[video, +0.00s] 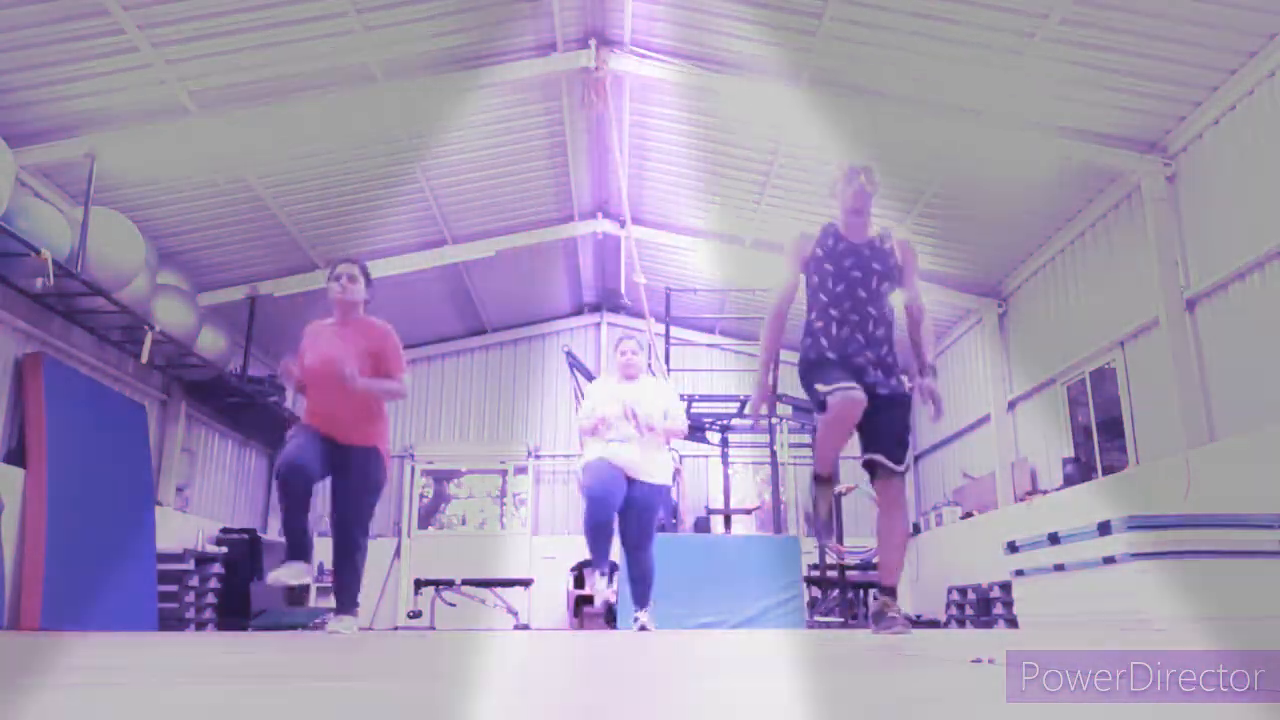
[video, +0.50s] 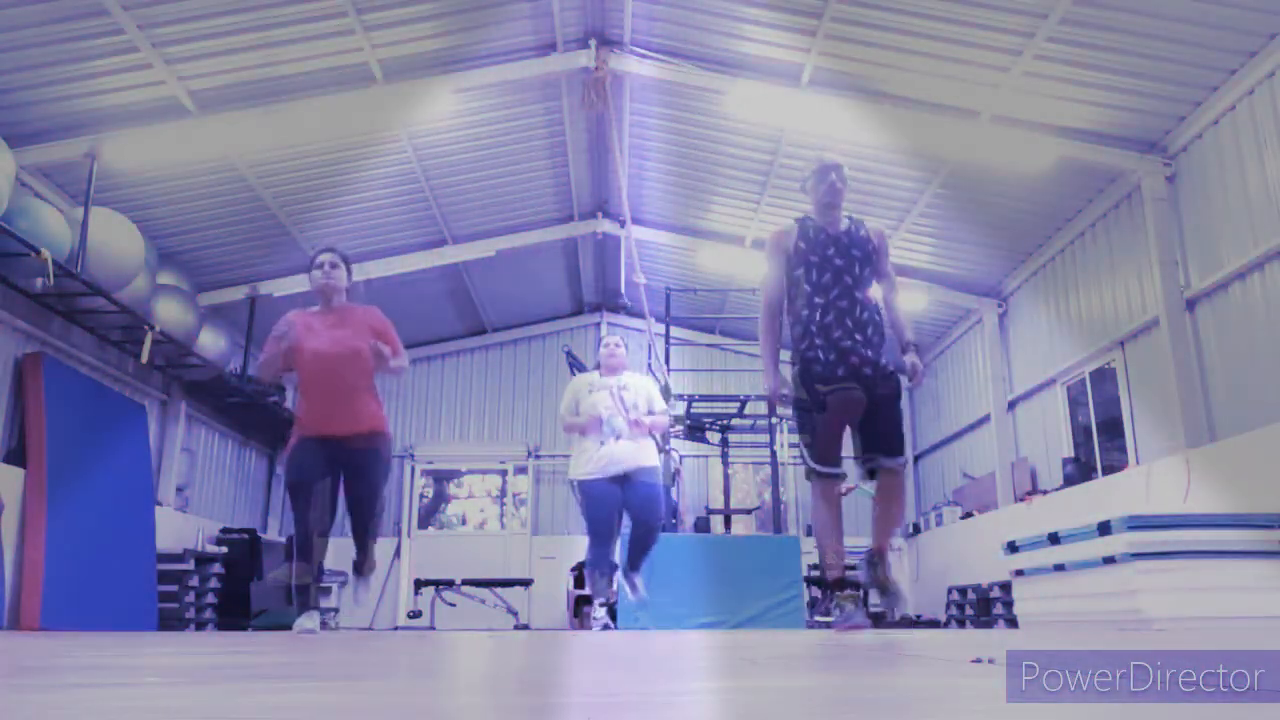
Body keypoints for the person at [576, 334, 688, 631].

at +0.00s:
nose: (629, 357)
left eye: (634, 353)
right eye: (623, 353)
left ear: (645, 358)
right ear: (614, 359)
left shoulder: (662, 389)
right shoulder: (599, 387)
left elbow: (682, 428)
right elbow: (582, 427)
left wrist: (654, 426)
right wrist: (599, 421)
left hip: (648, 467)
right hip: (606, 459)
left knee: (639, 544)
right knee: (601, 495)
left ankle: (642, 609)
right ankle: (600, 568)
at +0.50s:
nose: (613, 347)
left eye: (618, 344)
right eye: (607, 345)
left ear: (627, 355)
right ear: (598, 355)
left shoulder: (643, 382)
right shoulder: (580, 383)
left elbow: (665, 420)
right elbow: (565, 422)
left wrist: (645, 421)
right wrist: (587, 422)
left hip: (640, 466)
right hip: (595, 468)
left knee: (651, 519)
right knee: (602, 533)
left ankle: (632, 570)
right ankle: (599, 601)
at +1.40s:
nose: (629, 367)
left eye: (636, 364)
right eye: (625, 364)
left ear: (645, 373)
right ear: (618, 373)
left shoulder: (660, 401)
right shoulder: (604, 398)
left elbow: (676, 439)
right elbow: (585, 435)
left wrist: (646, 439)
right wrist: (603, 442)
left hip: (650, 475)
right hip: (609, 467)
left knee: (641, 541)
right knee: (603, 495)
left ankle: (642, 609)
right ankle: (609, 552)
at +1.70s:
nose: (630, 369)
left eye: (636, 366)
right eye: (625, 365)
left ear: (644, 376)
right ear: (616, 374)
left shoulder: (657, 402)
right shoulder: (601, 399)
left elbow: (674, 441)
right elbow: (584, 437)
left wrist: (647, 439)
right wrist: (603, 433)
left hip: (647, 479)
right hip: (606, 471)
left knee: (638, 547)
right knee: (613, 510)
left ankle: (639, 609)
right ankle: (606, 580)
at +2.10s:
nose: (619, 373)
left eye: (623, 369)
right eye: (614, 368)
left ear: (631, 375)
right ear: (606, 375)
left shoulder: (645, 403)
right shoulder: (588, 401)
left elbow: (663, 440)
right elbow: (575, 439)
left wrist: (643, 443)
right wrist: (599, 442)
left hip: (642, 486)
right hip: (601, 486)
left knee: (647, 535)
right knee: (610, 544)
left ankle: (631, 578)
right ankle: (608, 605)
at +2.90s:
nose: (619, 378)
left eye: (624, 373)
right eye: (615, 373)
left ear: (634, 378)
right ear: (609, 379)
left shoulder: (650, 407)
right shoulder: (593, 404)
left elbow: (666, 445)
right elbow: (577, 441)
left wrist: (645, 447)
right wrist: (595, 443)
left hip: (637, 483)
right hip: (596, 479)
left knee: (629, 549)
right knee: (590, 519)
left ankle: (628, 607)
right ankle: (596, 565)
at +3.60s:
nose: (611, 374)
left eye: (616, 369)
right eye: (605, 369)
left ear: (623, 373)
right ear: (595, 373)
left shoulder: (636, 401)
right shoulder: (577, 398)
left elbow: (654, 441)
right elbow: (563, 437)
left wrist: (634, 436)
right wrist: (591, 428)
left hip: (632, 479)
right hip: (588, 480)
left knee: (638, 534)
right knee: (596, 543)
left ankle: (616, 570)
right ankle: (596, 606)